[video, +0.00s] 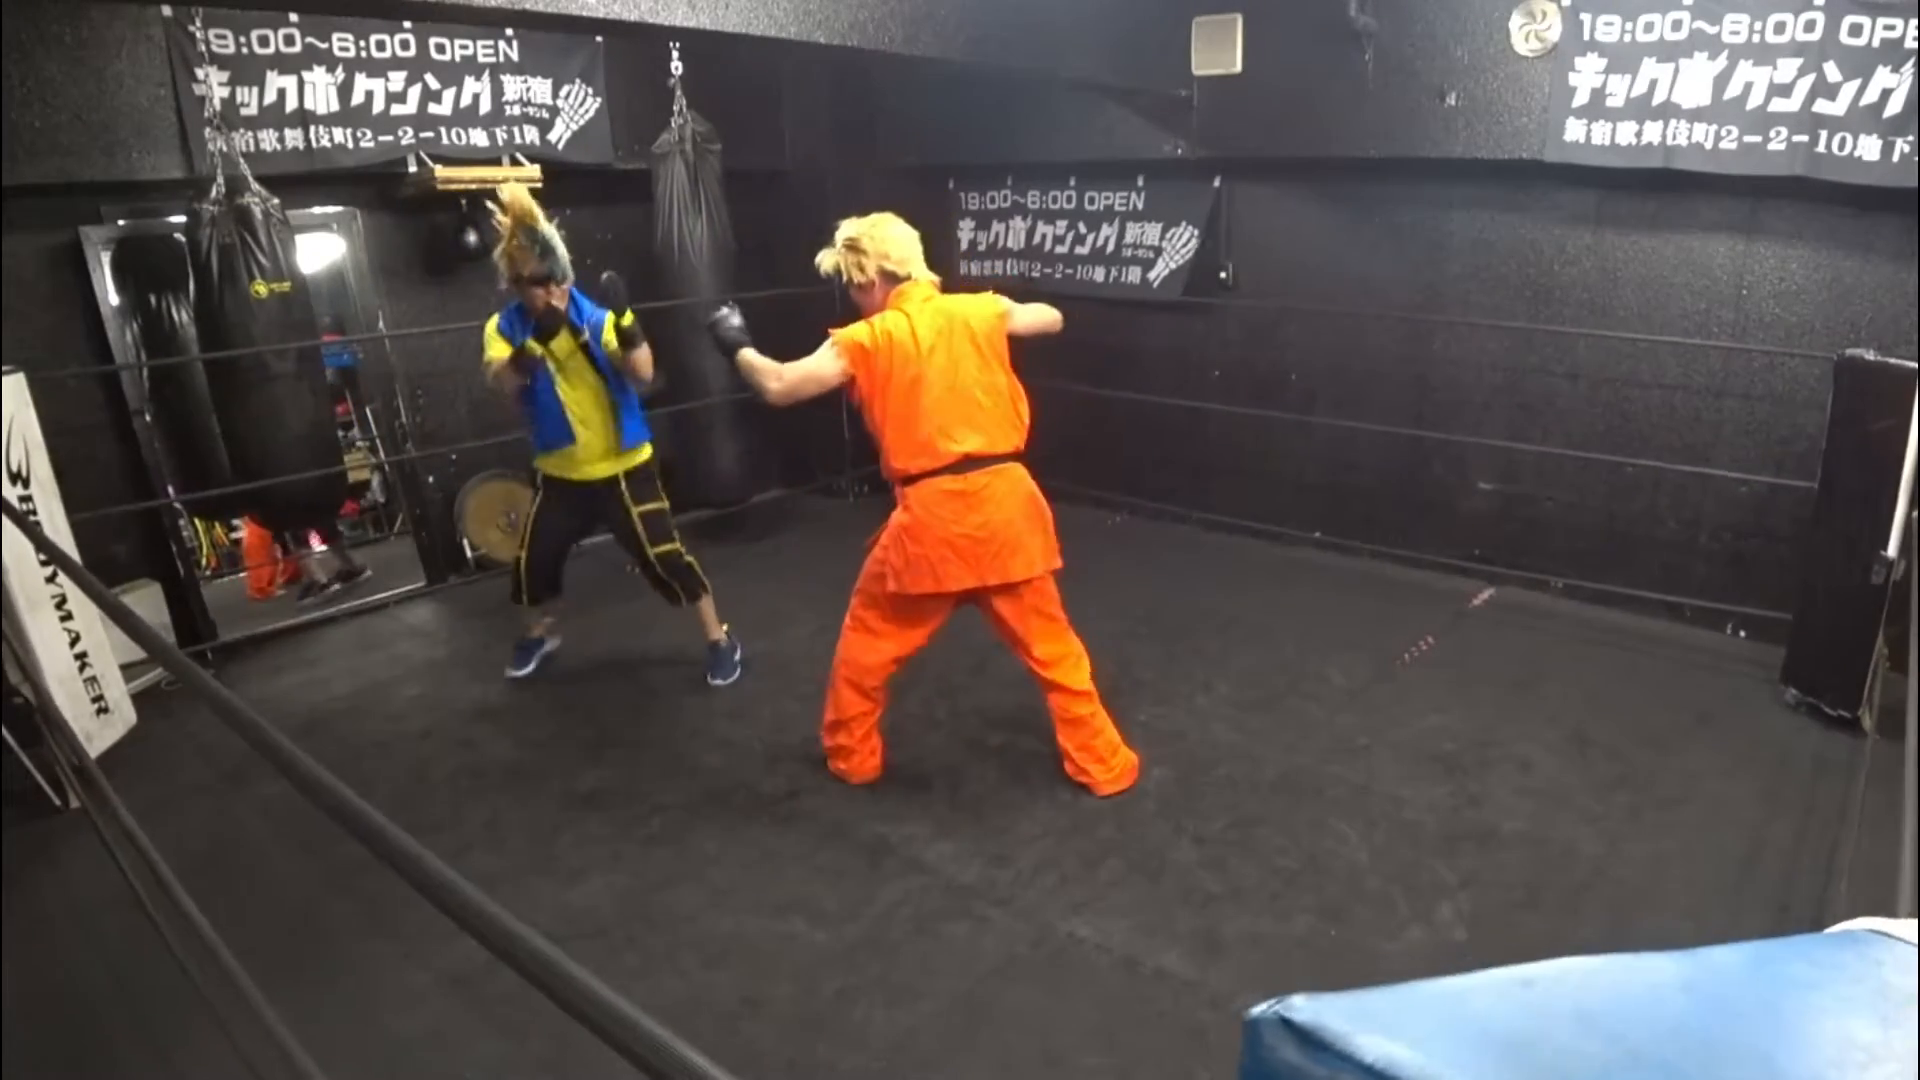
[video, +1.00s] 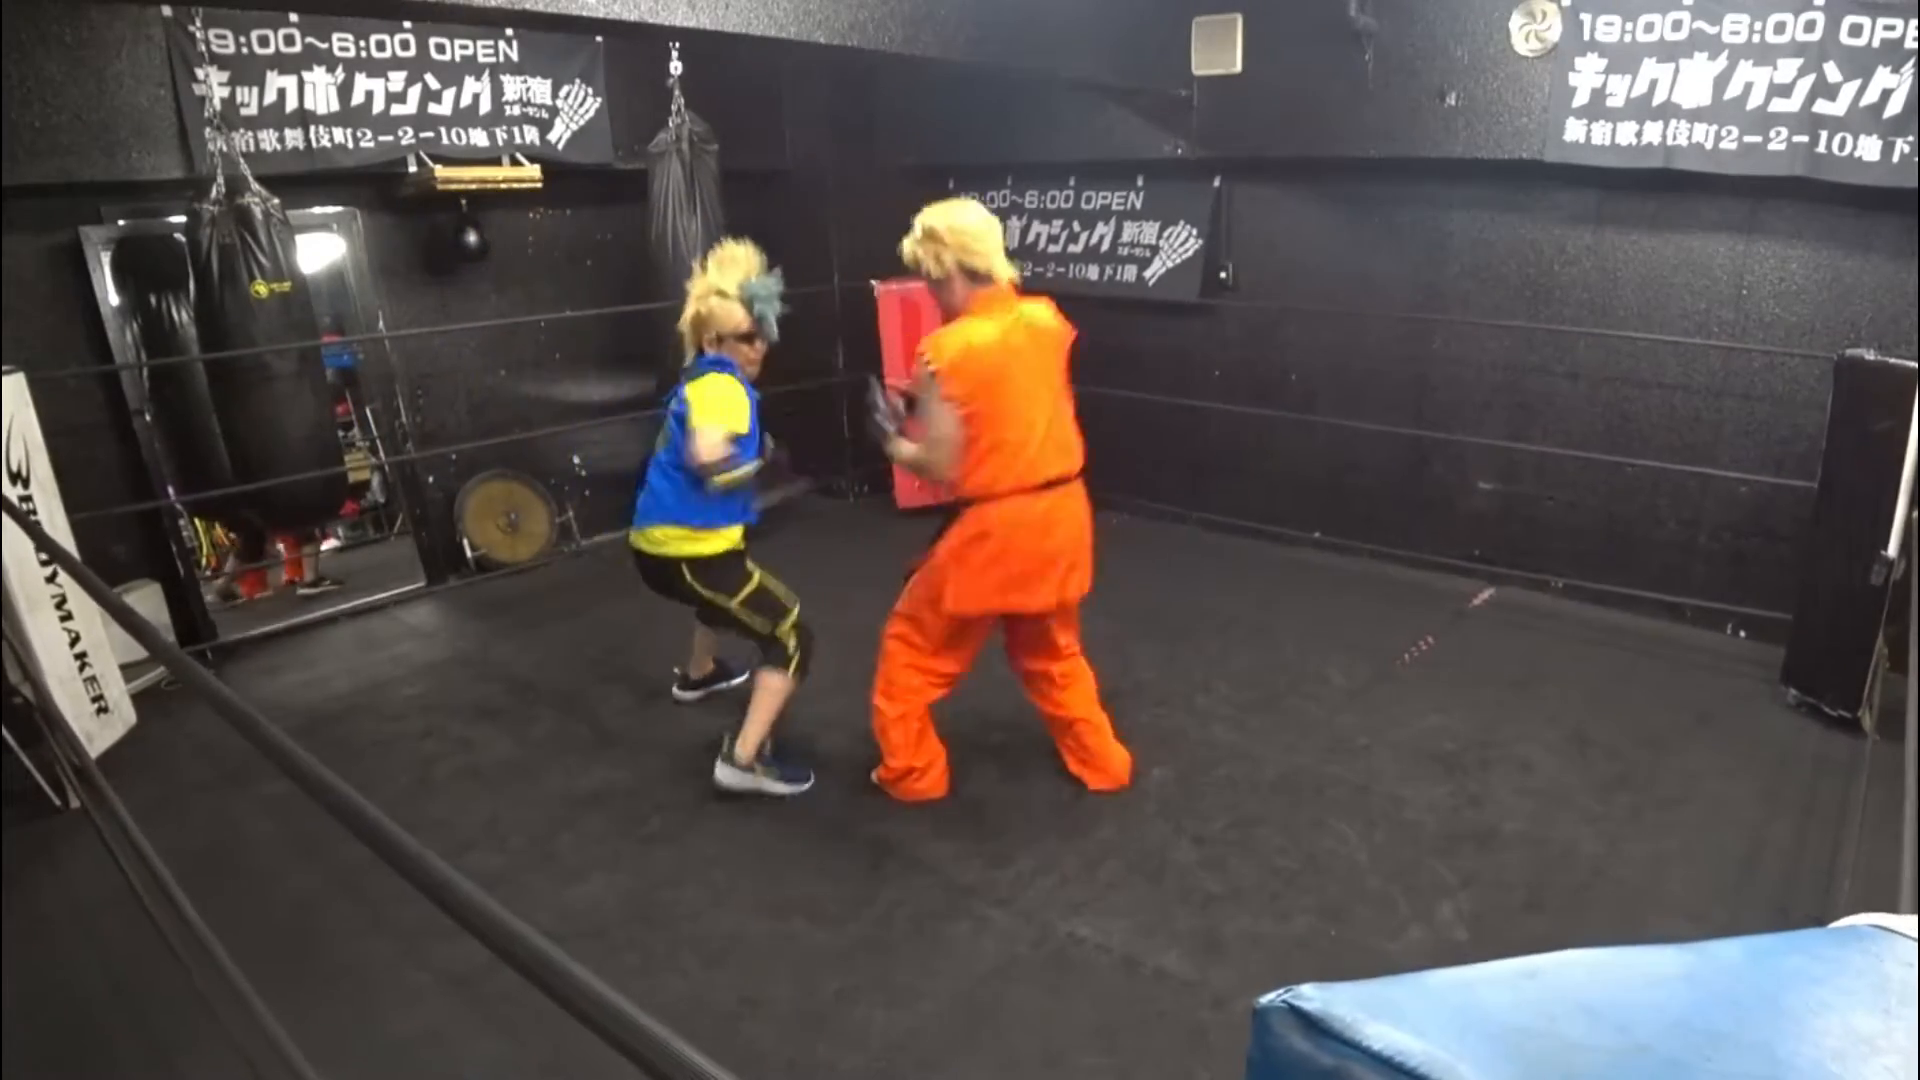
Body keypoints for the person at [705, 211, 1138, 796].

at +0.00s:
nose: (852, 298)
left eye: (854, 285)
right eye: (850, 286)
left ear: (875, 278)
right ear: (914, 269)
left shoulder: (865, 338)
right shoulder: (981, 309)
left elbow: (779, 385)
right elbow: (1052, 318)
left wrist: (738, 345)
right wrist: (991, 315)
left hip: (931, 514)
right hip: (1010, 497)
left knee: (872, 629)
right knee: (1050, 637)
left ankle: (853, 755)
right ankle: (1103, 765)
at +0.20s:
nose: (857, 288)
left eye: (859, 274)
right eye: (855, 275)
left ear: (880, 266)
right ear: (919, 258)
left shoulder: (868, 332)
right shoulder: (986, 299)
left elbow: (790, 398)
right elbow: (1078, 315)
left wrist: (734, 368)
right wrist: (1014, 304)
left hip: (929, 509)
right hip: (1009, 493)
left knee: (868, 613)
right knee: (1046, 635)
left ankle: (851, 746)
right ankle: (1103, 765)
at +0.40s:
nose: (845, 288)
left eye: (847, 275)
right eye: (843, 276)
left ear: (870, 266)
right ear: (909, 258)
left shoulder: (857, 332)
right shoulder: (976, 309)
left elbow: (769, 383)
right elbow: (1074, 342)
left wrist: (716, 362)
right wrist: (1008, 334)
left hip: (926, 509)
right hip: (1004, 493)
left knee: (871, 629)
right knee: (1035, 635)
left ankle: (851, 753)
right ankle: (1100, 760)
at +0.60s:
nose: (850, 271)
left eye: (850, 258)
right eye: (847, 259)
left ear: (870, 248)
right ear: (913, 237)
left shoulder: (873, 298)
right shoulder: (973, 275)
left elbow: (897, 331)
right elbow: (1069, 294)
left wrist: (880, 395)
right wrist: (1077, 381)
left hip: (953, 481)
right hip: (1026, 465)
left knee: (898, 628)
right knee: (1049, 625)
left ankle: (862, 752)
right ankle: (1098, 760)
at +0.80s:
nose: (874, 281)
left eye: (875, 267)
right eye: (870, 268)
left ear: (897, 253)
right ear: (938, 249)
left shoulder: (910, 307)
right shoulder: (999, 301)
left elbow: (920, 398)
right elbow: (1070, 371)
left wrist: (859, 399)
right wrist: (1016, 422)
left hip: (979, 500)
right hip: (1047, 485)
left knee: (917, 640)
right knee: (1063, 641)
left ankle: (915, 772)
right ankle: (1102, 761)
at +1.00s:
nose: (930, 292)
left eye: (931, 278)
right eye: (927, 279)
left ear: (952, 270)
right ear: (990, 261)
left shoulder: (945, 352)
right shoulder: (1044, 321)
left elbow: (942, 463)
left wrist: (893, 440)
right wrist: (924, 405)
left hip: (994, 528)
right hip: (1066, 515)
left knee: (913, 642)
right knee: (1052, 648)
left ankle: (912, 771)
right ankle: (1103, 763)